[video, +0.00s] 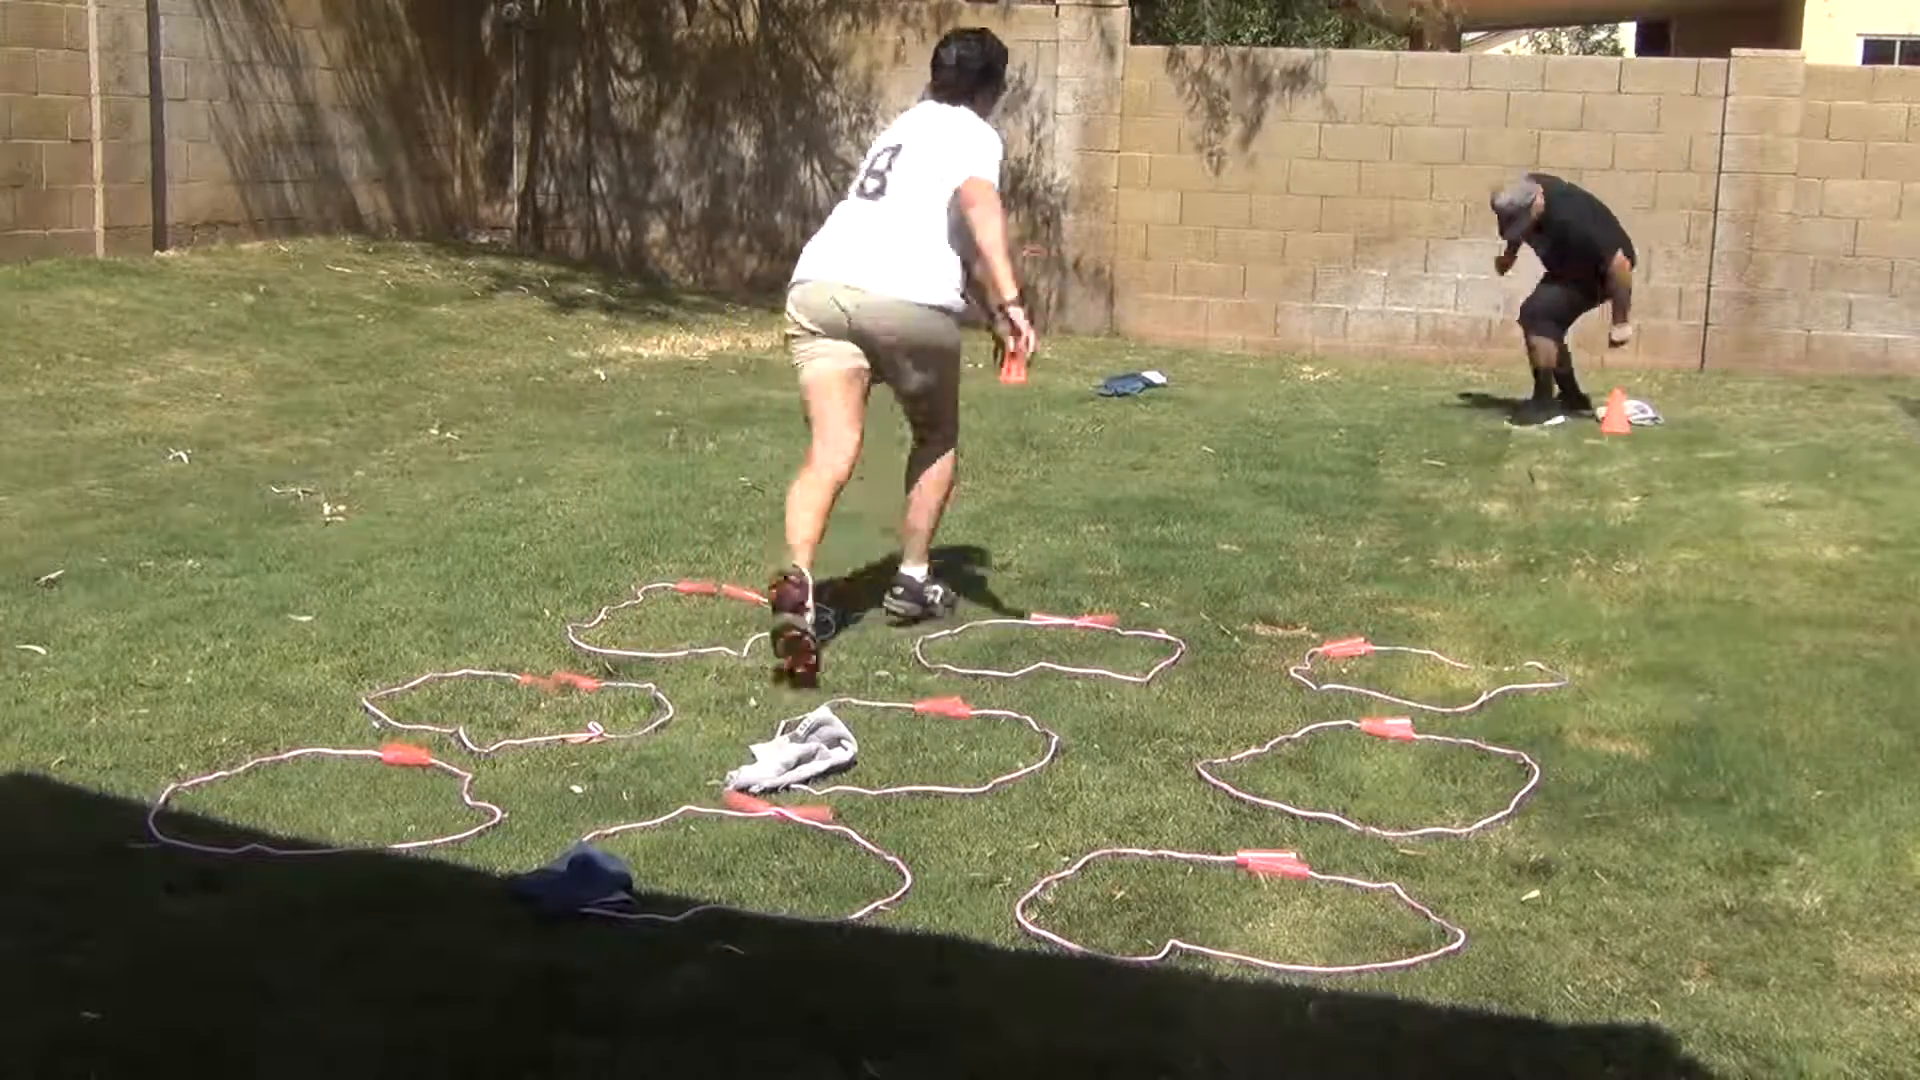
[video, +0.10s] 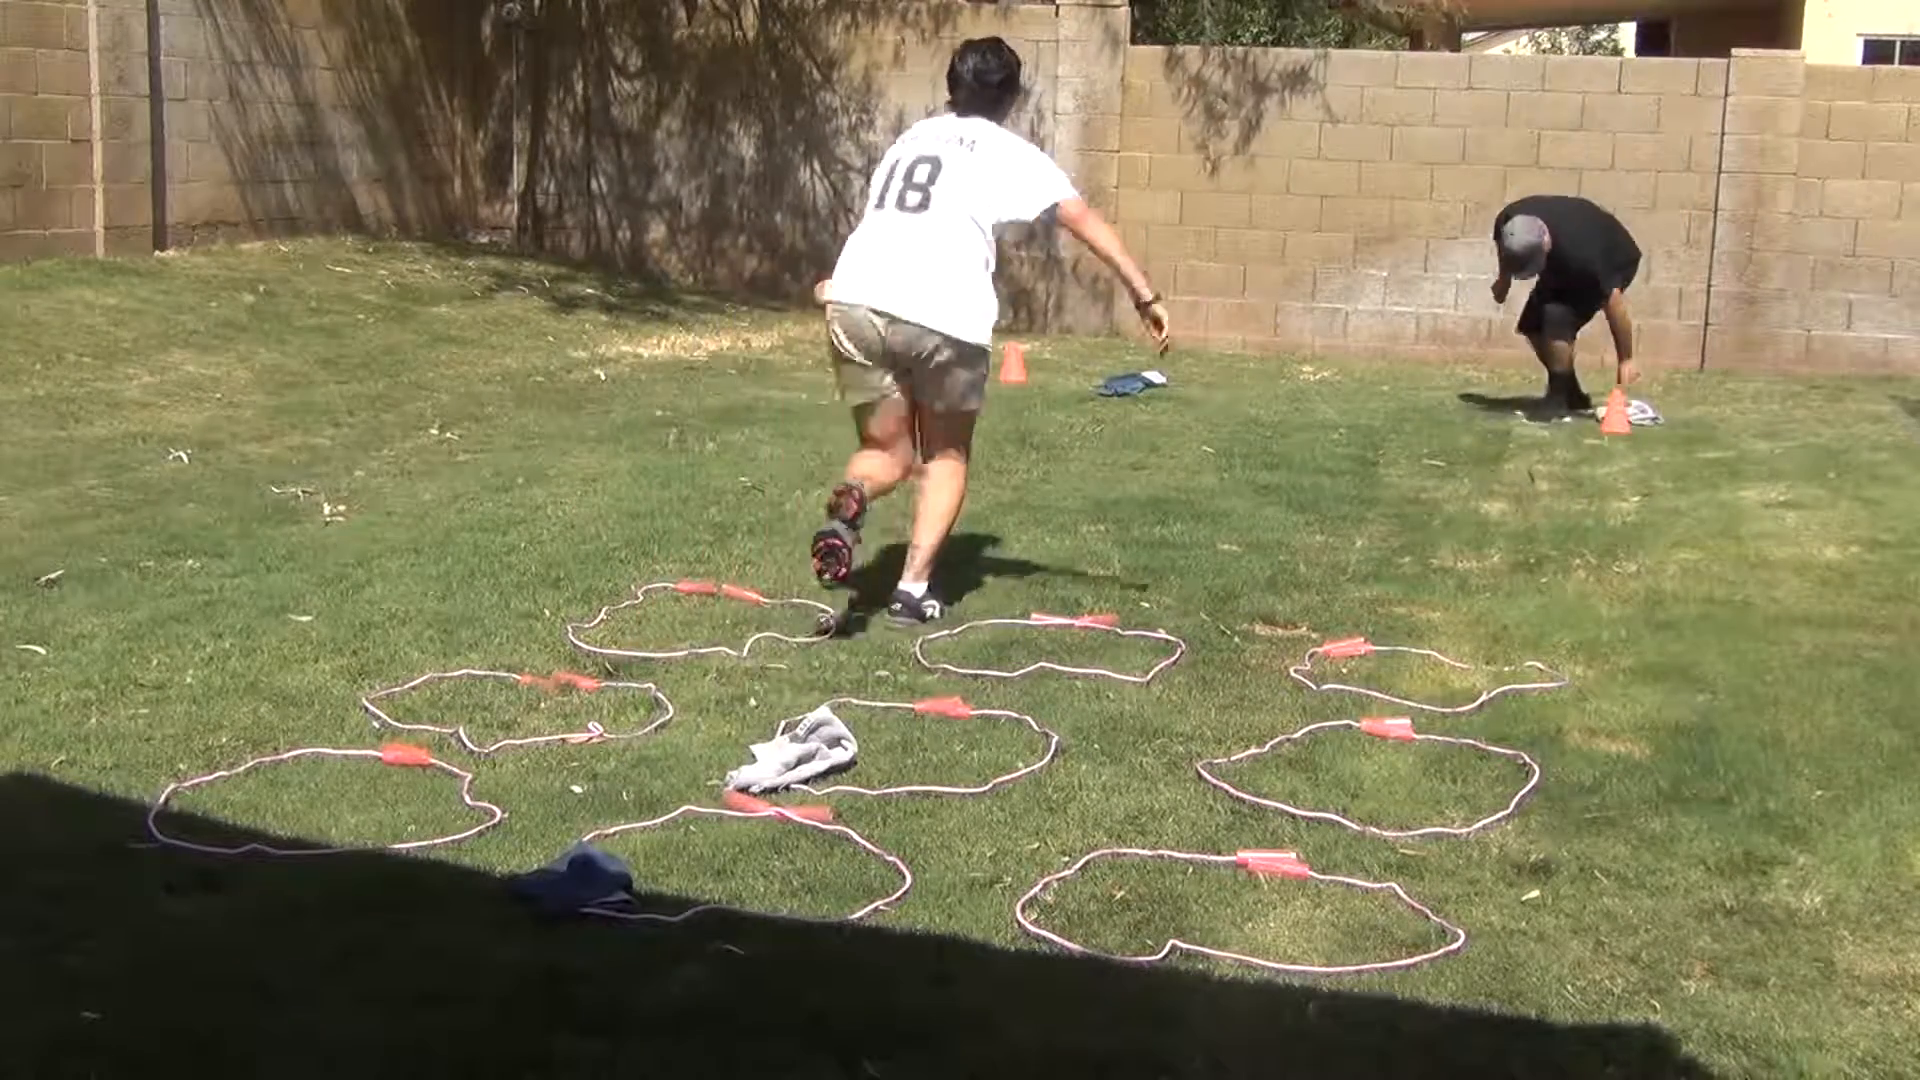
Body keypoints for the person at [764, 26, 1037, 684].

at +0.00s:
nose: (999, 98)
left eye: (998, 88)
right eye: (1000, 88)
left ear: (933, 78)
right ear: (992, 88)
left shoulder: (898, 129)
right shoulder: (976, 135)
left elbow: (905, 246)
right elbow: (978, 205)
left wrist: (986, 313)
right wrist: (1010, 304)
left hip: (818, 287)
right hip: (907, 300)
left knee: (829, 453)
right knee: (935, 437)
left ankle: (795, 578)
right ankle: (913, 581)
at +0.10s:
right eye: (1013, 89)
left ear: (951, 89)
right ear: (1012, 95)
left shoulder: (909, 140)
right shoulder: (1012, 153)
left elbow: (877, 221)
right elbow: (1082, 219)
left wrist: (842, 277)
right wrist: (1143, 291)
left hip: (855, 304)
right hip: (943, 319)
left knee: (884, 447)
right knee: (946, 450)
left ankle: (848, 499)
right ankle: (912, 590)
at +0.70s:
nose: (1099, 90)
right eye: (1099, 82)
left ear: (1050, 84)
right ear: (1098, 87)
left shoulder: (1015, 128)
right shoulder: (1106, 135)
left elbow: (984, 209)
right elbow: (1157, 211)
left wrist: (1002, 244)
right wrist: (1164, 255)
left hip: (1012, 267)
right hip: (1081, 273)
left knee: (1026, 381)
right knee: (1081, 375)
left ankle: (1012, 461)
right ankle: (1085, 490)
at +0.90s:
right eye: (1116, 81)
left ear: (1072, 78)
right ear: (1116, 84)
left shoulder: (1038, 111)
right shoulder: (1128, 132)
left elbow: (989, 148)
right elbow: (1153, 205)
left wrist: (934, 190)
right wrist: (1114, 181)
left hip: (1043, 255)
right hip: (1107, 256)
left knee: (1061, 332)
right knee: (1097, 356)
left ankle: (1063, 424)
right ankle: (1094, 461)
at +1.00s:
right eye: (1117, 79)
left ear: (1073, 76)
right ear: (1117, 81)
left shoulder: (1044, 107)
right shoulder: (1132, 125)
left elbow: (998, 144)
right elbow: (1155, 196)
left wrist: (946, 183)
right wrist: (1114, 190)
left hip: (1049, 243)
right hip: (1110, 245)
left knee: (1066, 338)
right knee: (1101, 335)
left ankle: (1082, 430)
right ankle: (1100, 405)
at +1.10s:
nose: (1115, 101)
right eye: (1118, 96)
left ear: (1076, 94)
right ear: (1117, 99)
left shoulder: (1050, 132)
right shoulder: (1133, 144)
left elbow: (999, 188)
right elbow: (1155, 210)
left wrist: (970, 232)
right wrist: (1146, 240)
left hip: (1050, 260)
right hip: (1109, 265)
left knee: (1069, 347)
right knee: (1116, 349)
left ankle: (1078, 433)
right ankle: (1109, 360)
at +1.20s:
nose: (1128, 104)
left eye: (1127, 98)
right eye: (1128, 99)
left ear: (1087, 97)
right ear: (1124, 102)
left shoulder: (1055, 137)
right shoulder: (1128, 145)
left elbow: (1034, 198)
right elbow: (1146, 209)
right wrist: (1172, 263)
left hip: (1050, 259)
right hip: (1107, 265)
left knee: (1070, 349)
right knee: (1114, 325)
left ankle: (1080, 433)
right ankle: (1110, 370)